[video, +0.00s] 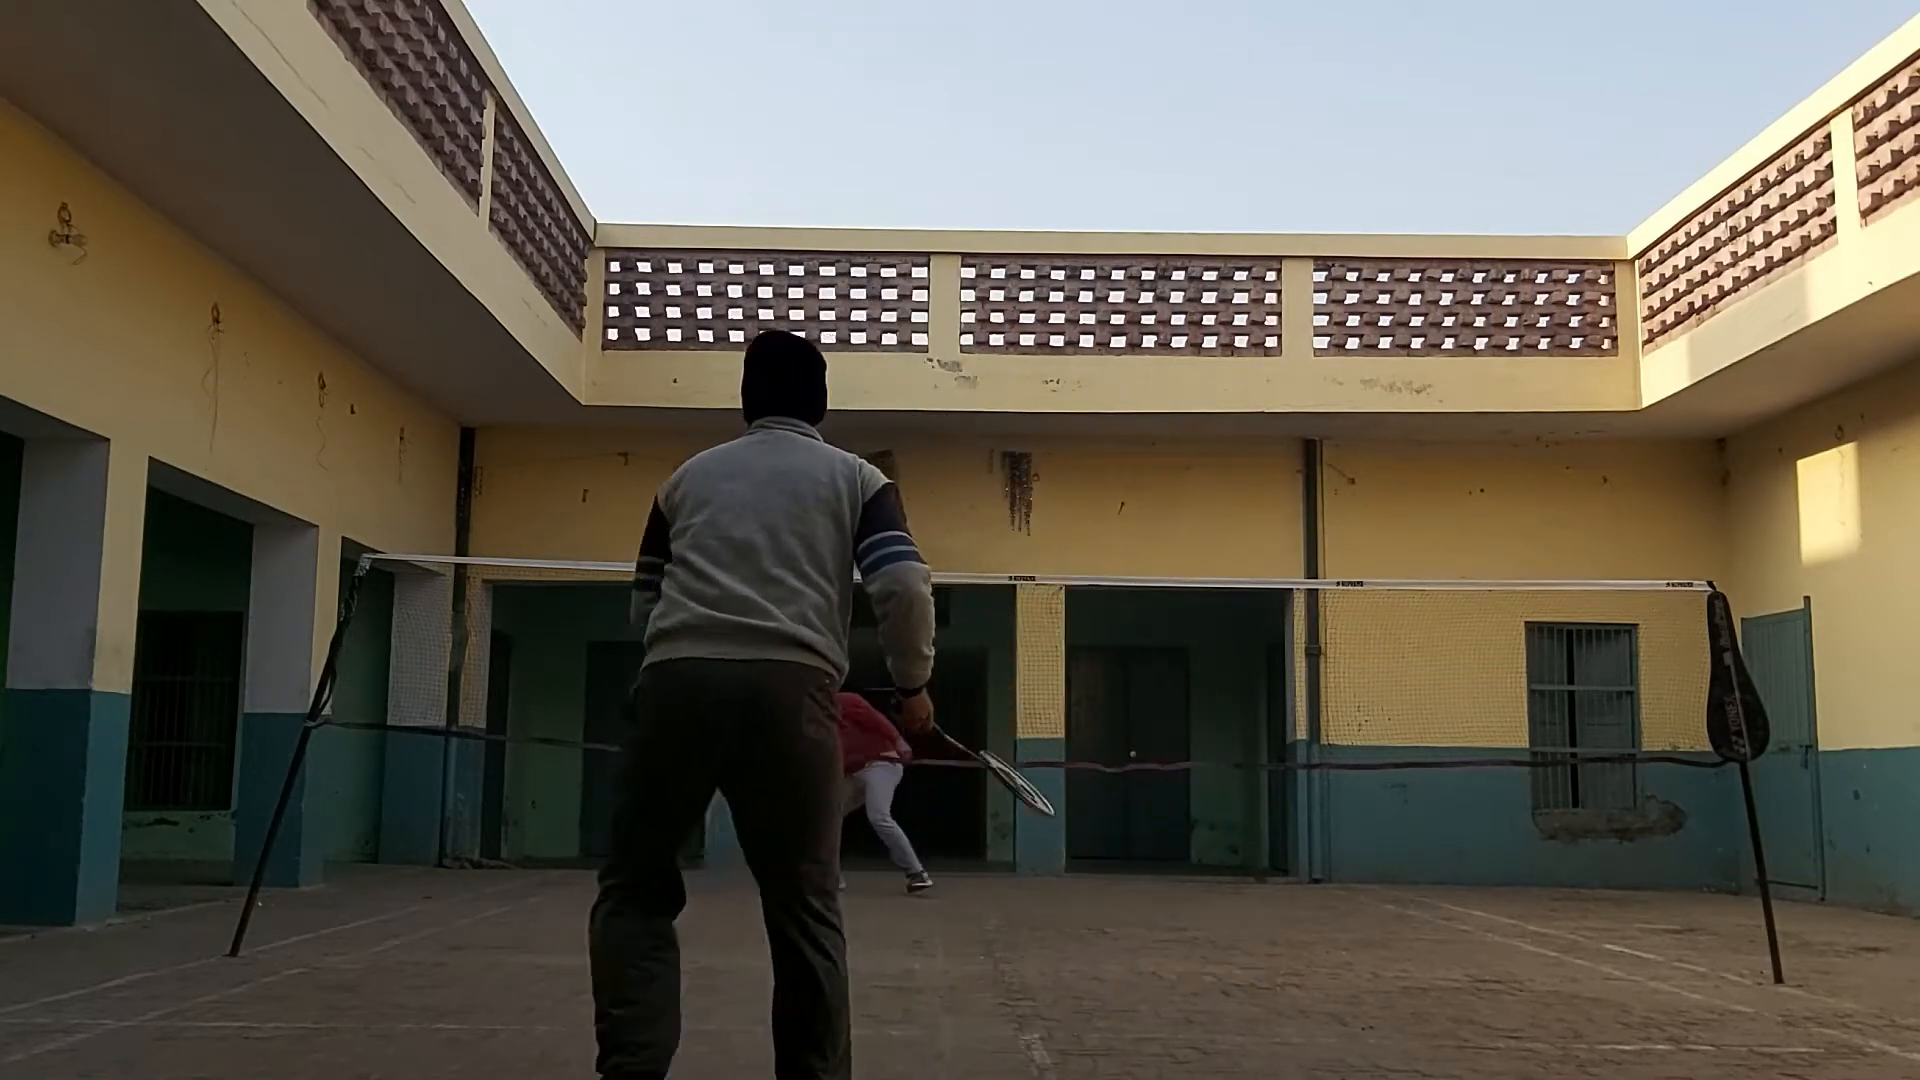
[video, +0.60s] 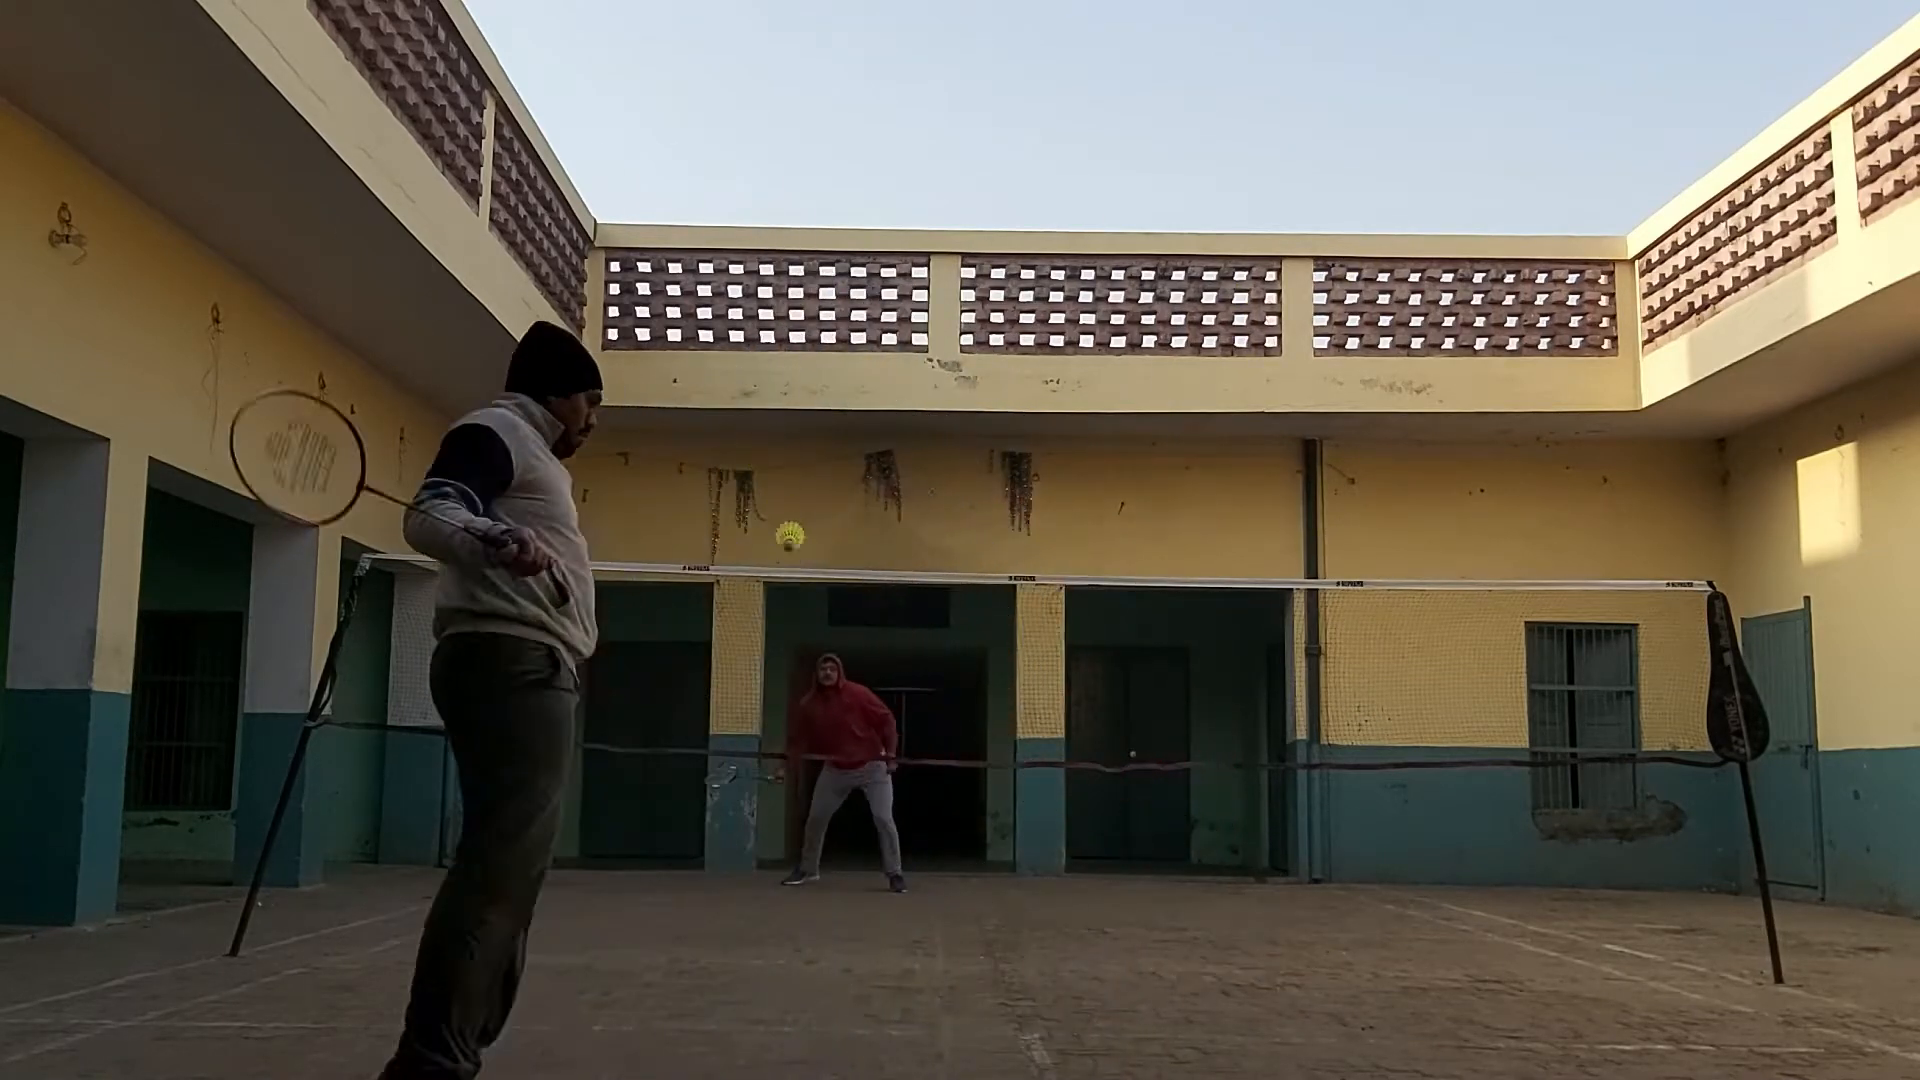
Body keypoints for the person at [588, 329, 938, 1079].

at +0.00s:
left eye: (751, 394)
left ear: (743, 403)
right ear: (821, 404)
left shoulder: (688, 476)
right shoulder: (857, 477)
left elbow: (648, 604)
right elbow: (904, 585)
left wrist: (692, 666)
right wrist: (914, 689)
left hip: (674, 687)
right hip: (789, 691)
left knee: (636, 890)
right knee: (805, 904)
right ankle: (815, 1072)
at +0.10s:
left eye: (717, 409)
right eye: (780, 411)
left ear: (710, 416)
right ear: (787, 417)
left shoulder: (649, 492)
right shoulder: (821, 492)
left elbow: (596, 611)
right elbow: (872, 605)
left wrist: (645, 671)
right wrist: (877, 676)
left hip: (639, 704)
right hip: (755, 711)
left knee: (585, 886)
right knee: (790, 907)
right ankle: (811, 1073)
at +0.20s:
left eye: (675, 427)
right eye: (740, 433)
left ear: (668, 438)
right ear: (745, 440)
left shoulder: (611, 519)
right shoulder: (763, 521)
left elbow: (549, 626)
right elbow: (818, 639)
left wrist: (632, 630)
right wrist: (857, 630)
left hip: (599, 738)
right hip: (713, 746)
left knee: (546, 907)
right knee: (777, 933)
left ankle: (463, 1068)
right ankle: (796, 1074)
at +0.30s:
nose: (692, 456)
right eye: (692, 446)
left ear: (617, 450)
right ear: (688, 451)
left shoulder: (565, 536)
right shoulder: (687, 523)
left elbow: (523, 637)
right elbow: (737, 613)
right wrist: (818, 571)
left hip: (557, 751)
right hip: (666, 754)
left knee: (545, 907)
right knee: (739, 928)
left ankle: (466, 1064)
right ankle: (785, 1070)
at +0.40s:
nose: (658, 467)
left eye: (657, 458)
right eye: (659, 453)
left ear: (587, 437)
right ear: (649, 449)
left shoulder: (543, 513)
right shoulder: (608, 493)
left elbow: (502, 610)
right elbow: (601, 572)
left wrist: (623, 661)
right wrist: (706, 504)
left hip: (519, 731)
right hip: (605, 732)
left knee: (542, 910)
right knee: (695, 909)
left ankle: (468, 1064)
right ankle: (767, 1067)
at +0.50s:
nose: (637, 451)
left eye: (640, 435)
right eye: (636, 433)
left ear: (582, 420)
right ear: (607, 426)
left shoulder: (579, 489)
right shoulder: (537, 464)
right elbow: (450, 537)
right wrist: (526, 499)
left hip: (502, 704)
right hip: (549, 698)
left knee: (523, 902)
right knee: (623, 901)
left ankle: (464, 1062)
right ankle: (676, 1064)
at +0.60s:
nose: (590, 418)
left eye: (594, 405)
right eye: (586, 400)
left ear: (552, 395)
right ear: (553, 387)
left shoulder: (539, 455)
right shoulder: (497, 430)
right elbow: (429, 515)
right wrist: (496, 540)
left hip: (532, 659)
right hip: (501, 655)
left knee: (516, 858)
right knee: (503, 857)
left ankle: (457, 1051)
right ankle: (437, 1055)